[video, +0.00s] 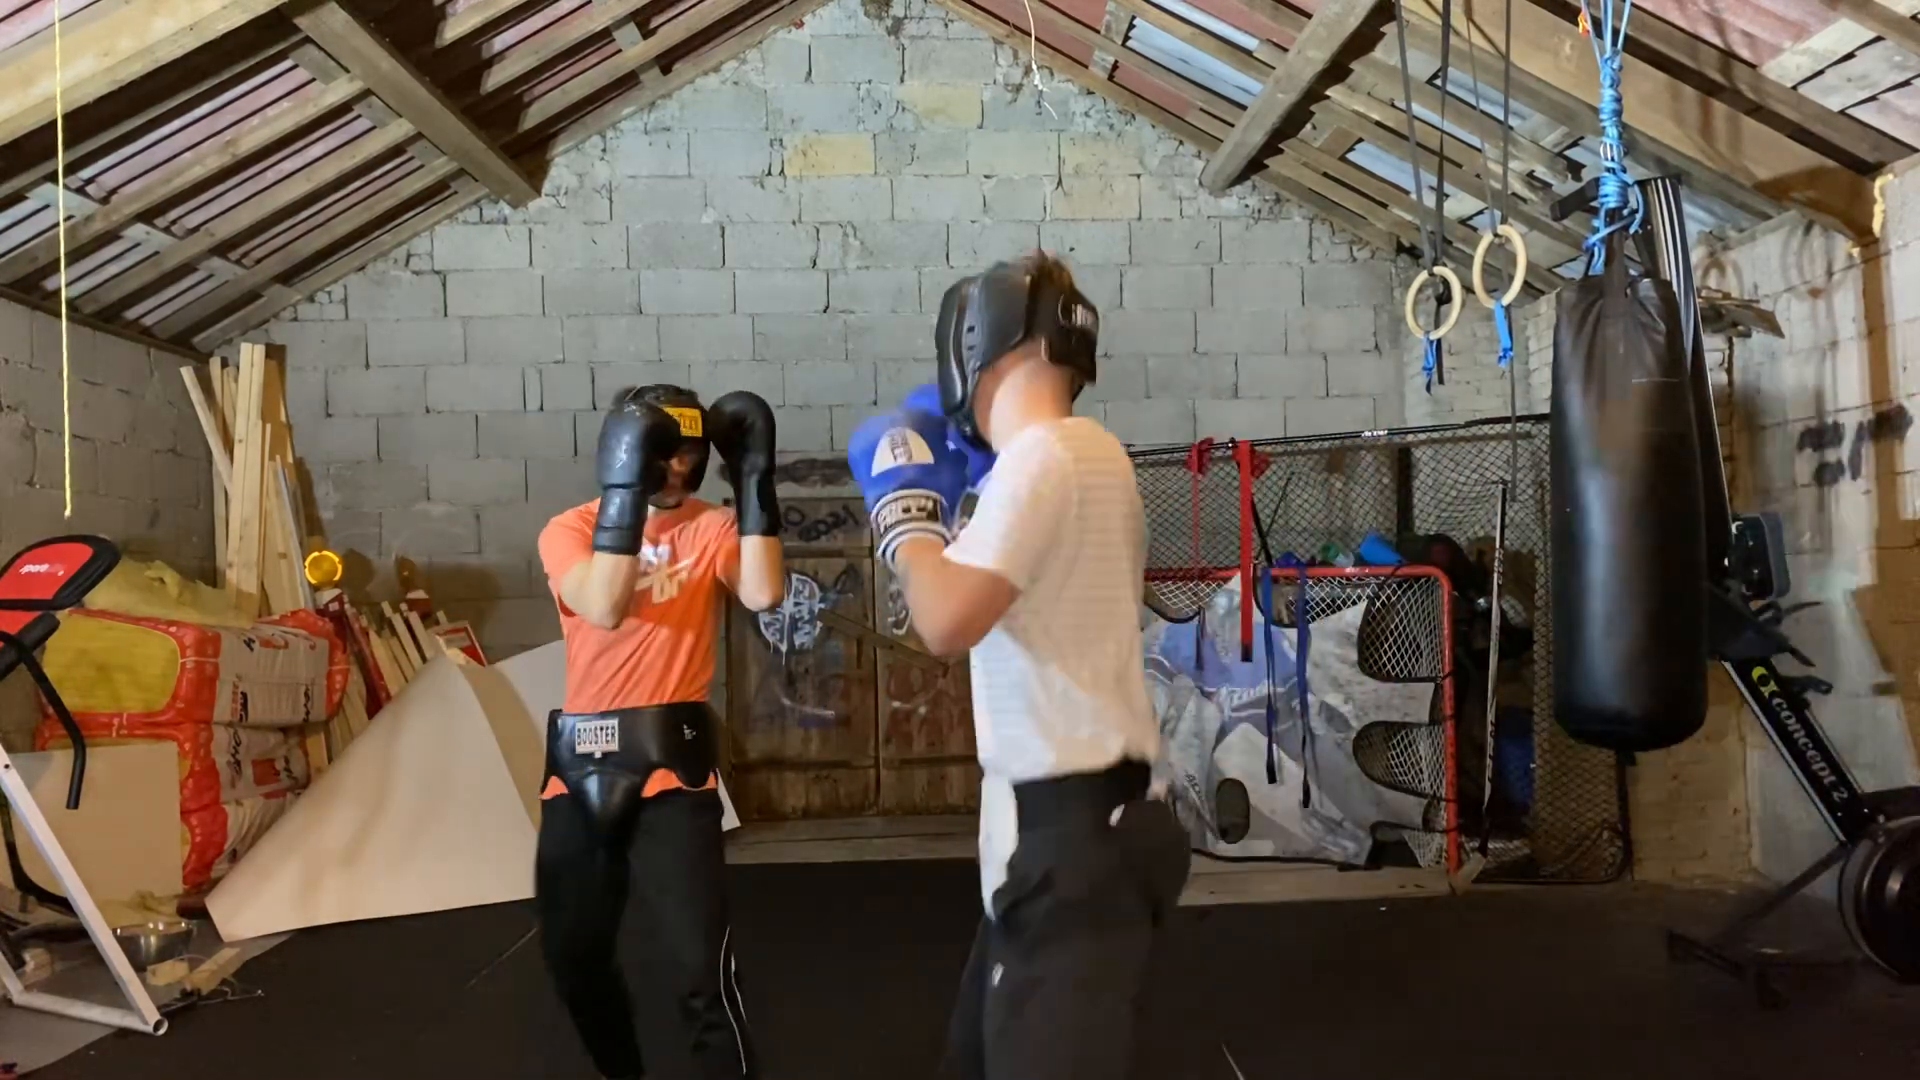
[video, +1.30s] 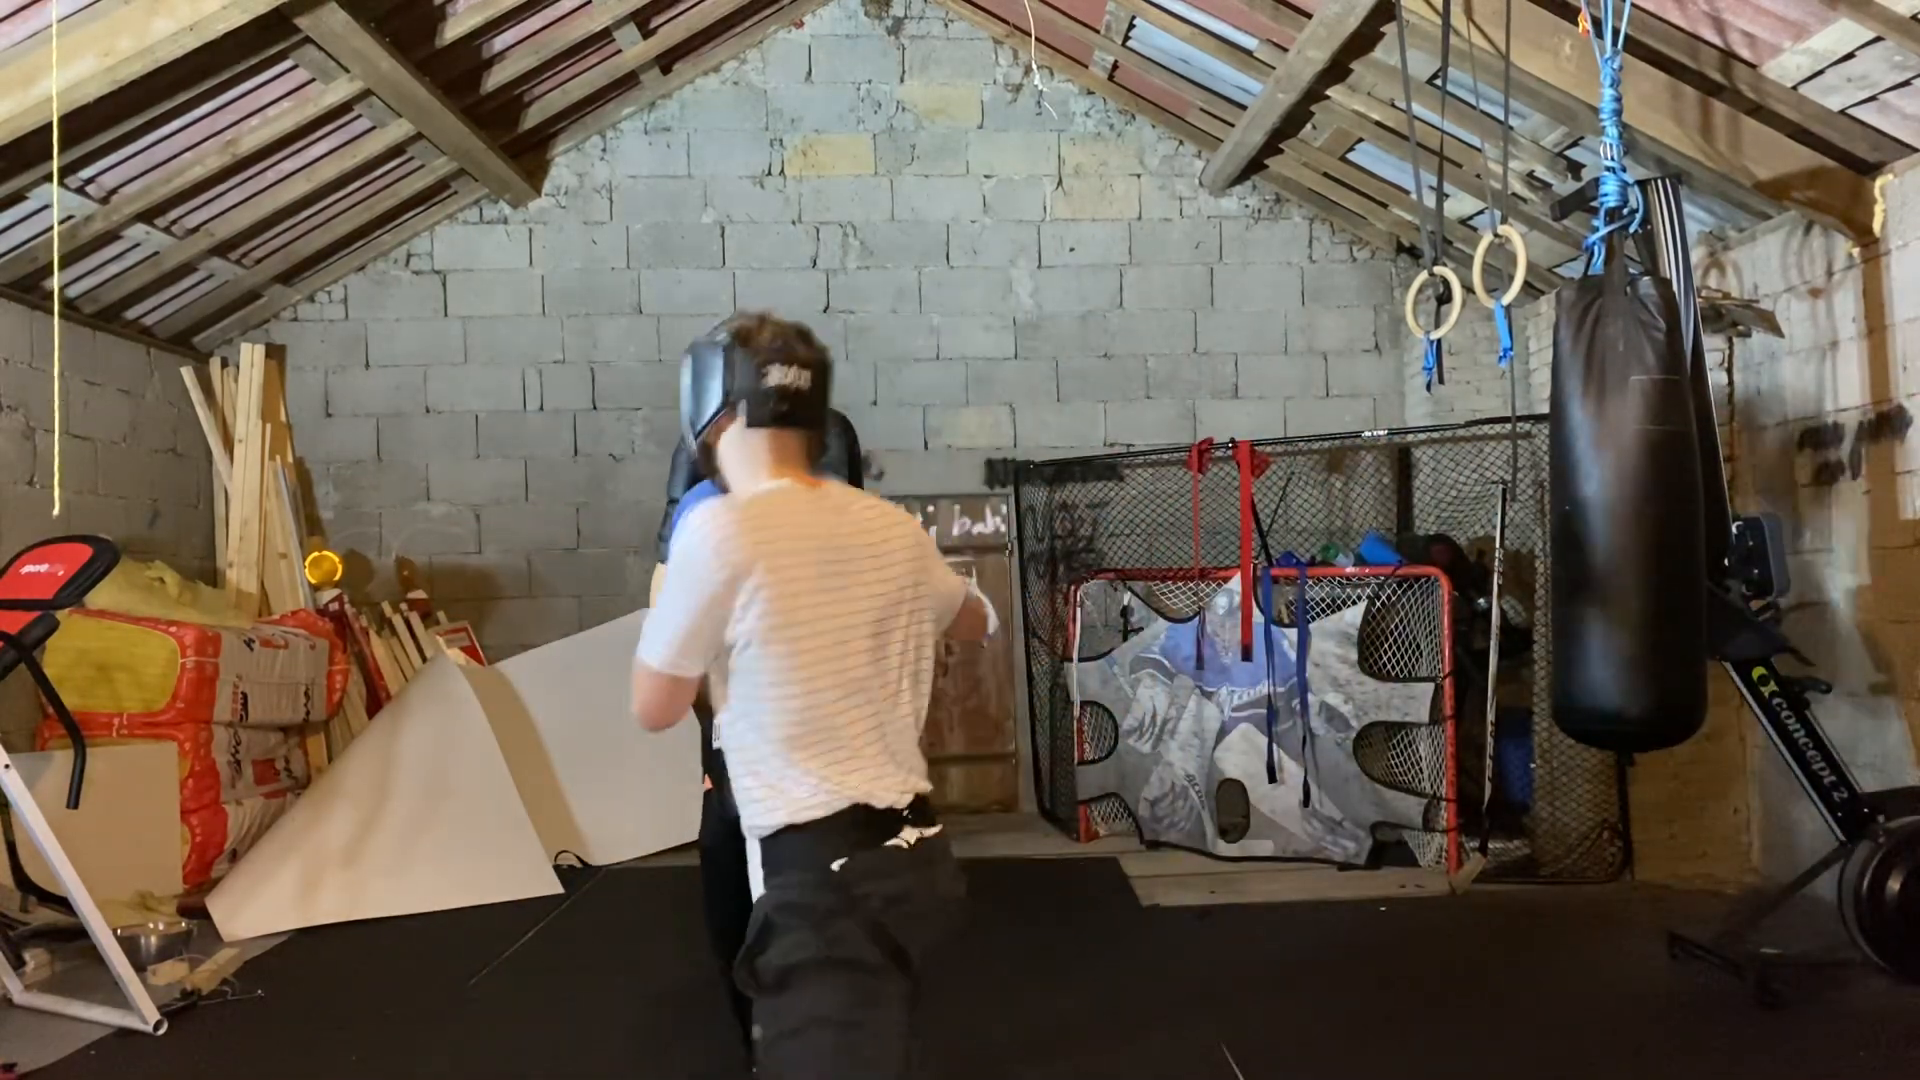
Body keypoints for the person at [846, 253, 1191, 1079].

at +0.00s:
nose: (953, 368)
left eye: (958, 345)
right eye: (952, 349)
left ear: (985, 343)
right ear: (1060, 348)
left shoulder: (1043, 461)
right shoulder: (1099, 456)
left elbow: (947, 620)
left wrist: (906, 513)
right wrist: (956, 505)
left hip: (1070, 829)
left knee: (1046, 1060)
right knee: (982, 1050)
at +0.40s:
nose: (924, 374)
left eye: (930, 354)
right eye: (927, 356)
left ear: (948, 355)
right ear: (1040, 378)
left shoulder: (947, 457)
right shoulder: (1098, 499)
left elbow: (862, 629)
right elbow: (1131, 659)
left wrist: (867, 521)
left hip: (983, 828)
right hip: (1081, 821)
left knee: (1018, 1059)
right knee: (1064, 1055)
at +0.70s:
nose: (824, 415)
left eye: (828, 394)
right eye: (826, 396)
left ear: (849, 391)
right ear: (937, 403)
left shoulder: (860, 496)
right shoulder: (1013, 513)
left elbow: (799, 679)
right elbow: (1088, 663)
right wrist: (983, 632)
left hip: (992, 871)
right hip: (1080, 845)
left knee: (895, 1066)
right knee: (1024, 1061)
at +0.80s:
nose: (779, 458)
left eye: (785, 435)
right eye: (782, 438)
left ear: (810, 436)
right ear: (908, 441)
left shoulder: (830, 543)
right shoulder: (983, 538)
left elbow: (774, 734)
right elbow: (1069, 676)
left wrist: (754, 703)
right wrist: (963, 656)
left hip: (976, 911)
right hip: (1084, 882)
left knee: (878, 1064)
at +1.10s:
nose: (724, 410)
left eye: (728, 387)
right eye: (726, 387)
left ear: (756, 391)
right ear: (845, 387)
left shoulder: (775, 523)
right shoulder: (933, 501)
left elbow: (711, 702)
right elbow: (1023, 628)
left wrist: (771, 673)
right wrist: (936, 590)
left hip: (872, 885)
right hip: (972, 853)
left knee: (855, 1061)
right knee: (933, 1057)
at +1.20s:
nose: (712, 398)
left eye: (717, 375)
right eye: (714, 377)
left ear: (736, 379)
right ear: (832, 379)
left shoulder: (749, 506)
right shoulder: (914, 496)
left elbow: (683, 686)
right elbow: (990, 616)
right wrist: (903, 570)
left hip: (834, 855)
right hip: (941, 836)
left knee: (854, 1061)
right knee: (905, 1052)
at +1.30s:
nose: (692, 415)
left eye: (697, 395)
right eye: (694, 395)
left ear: (718, 407)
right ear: (812, 405)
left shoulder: (720, 532)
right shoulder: (894, 526)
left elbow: (656, 707)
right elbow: (975, 620)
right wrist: (883, 590)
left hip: (817, 883)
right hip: (922, 864)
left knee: (823, 1062)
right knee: (889, 1060)